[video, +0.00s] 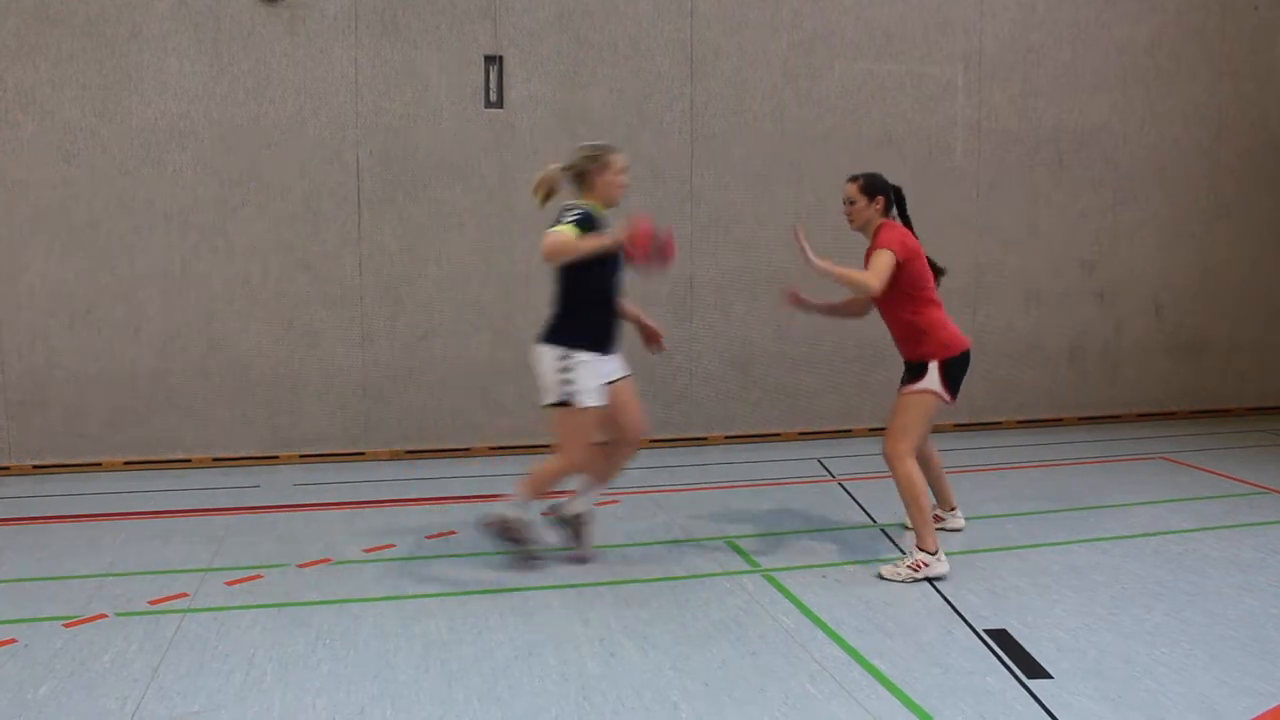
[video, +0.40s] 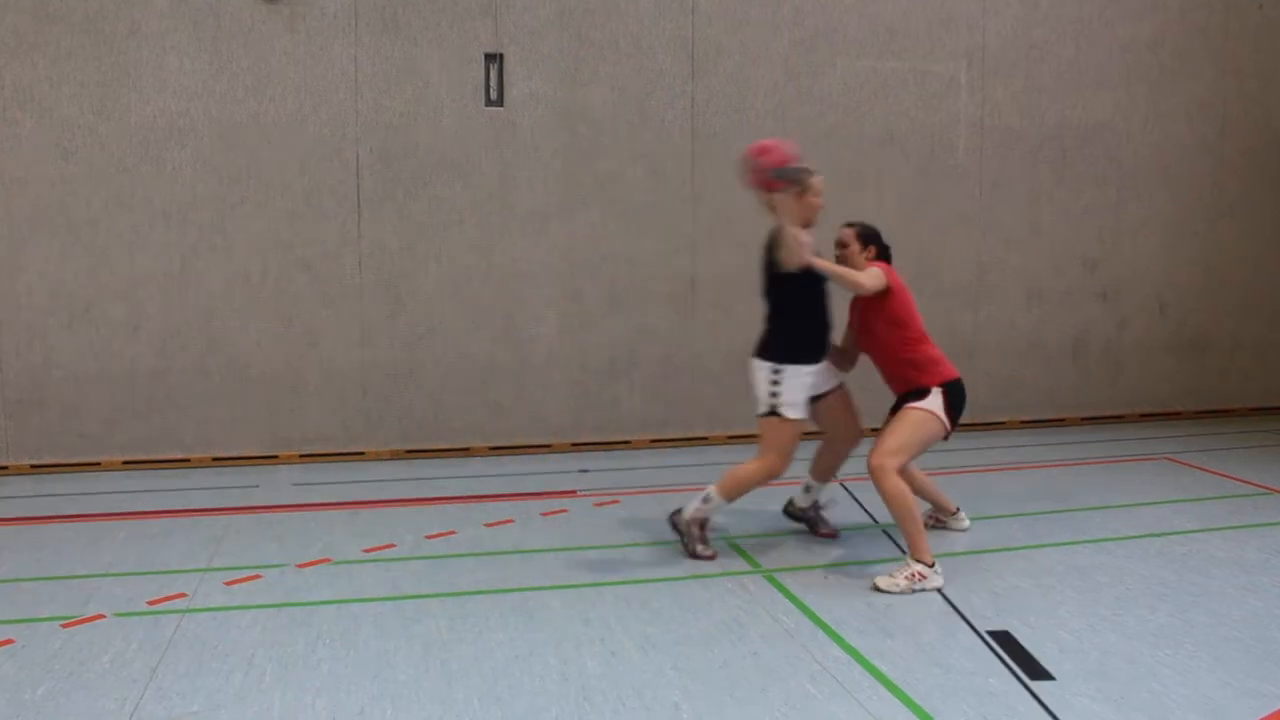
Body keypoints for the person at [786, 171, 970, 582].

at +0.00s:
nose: (845, 211)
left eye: (851, 203)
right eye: (844, 204)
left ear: (878, 204)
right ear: (874, 205)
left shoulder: (892, 236)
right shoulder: (880, 244)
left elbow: (873, 285)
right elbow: (861, 307)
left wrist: (821, 265)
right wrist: (812, 306)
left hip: (937, 357)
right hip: (927, 356)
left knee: (898, 450)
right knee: (913, 439)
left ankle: (928, 554)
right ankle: (947, 510)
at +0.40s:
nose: (836, 254)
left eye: (843, 247)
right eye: (836, 248)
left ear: (869, 251)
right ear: (859, 253)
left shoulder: (881, 272)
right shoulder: (860, 303)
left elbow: (865, 284)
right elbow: (845, 360)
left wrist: (814, 261)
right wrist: (806, 341)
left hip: (937, 391)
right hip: (912, 395)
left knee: (882, 465)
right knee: (891, 460)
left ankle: (924, 565)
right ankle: (949, 511)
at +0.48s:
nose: (848, 256)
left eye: (856, 248)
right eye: (847, 250)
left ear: (877, 253)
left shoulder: (889, 275)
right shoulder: (861, 305)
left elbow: (895, 291)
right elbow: (853, 361)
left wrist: (848, 267)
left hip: (934, 395)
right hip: (911, 398)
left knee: (877, 466)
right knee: (883, 463)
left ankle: (919, 565)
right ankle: (947, 512)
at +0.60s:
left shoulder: (900, 270)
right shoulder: (859, 285)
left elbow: (935, 299)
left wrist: (890, 267)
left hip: (940, 393)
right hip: (912, 396)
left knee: (883, 460)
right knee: (883, 467)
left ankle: (915, 566)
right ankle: (946, 512)